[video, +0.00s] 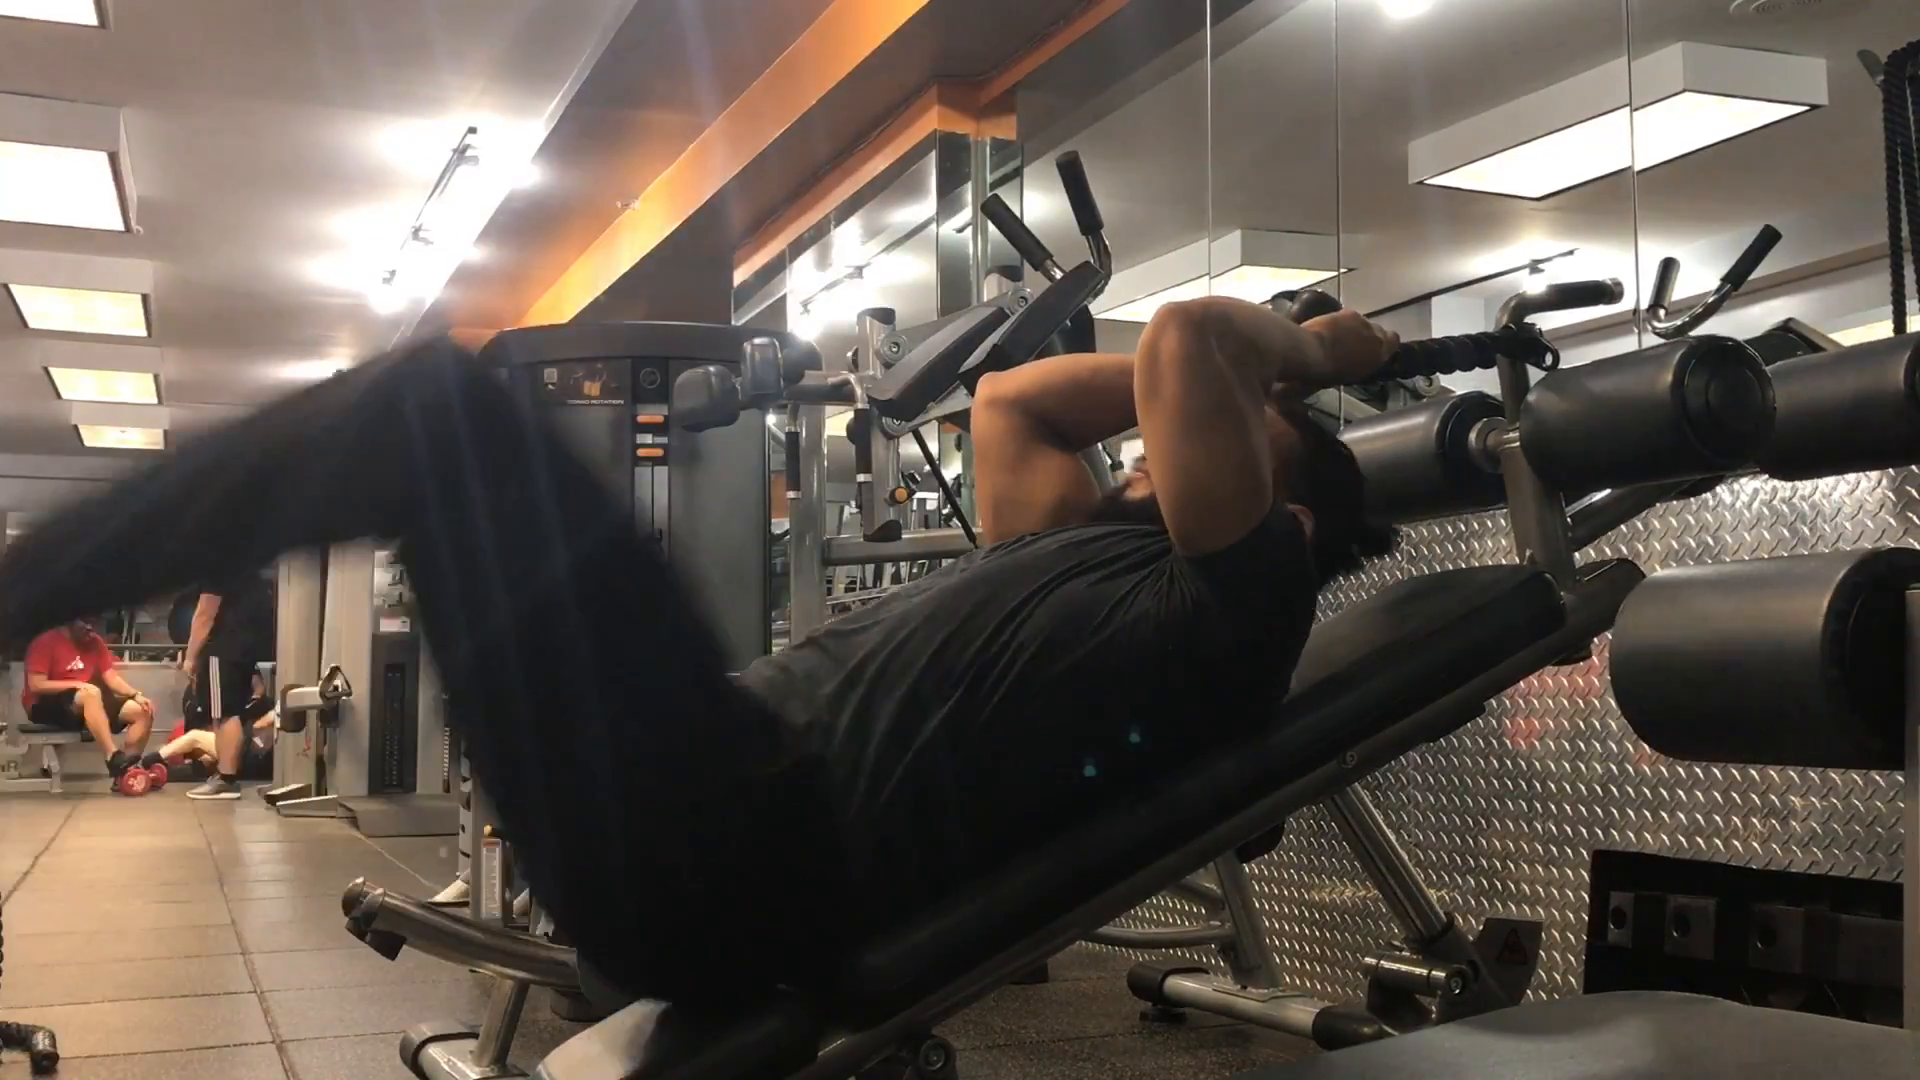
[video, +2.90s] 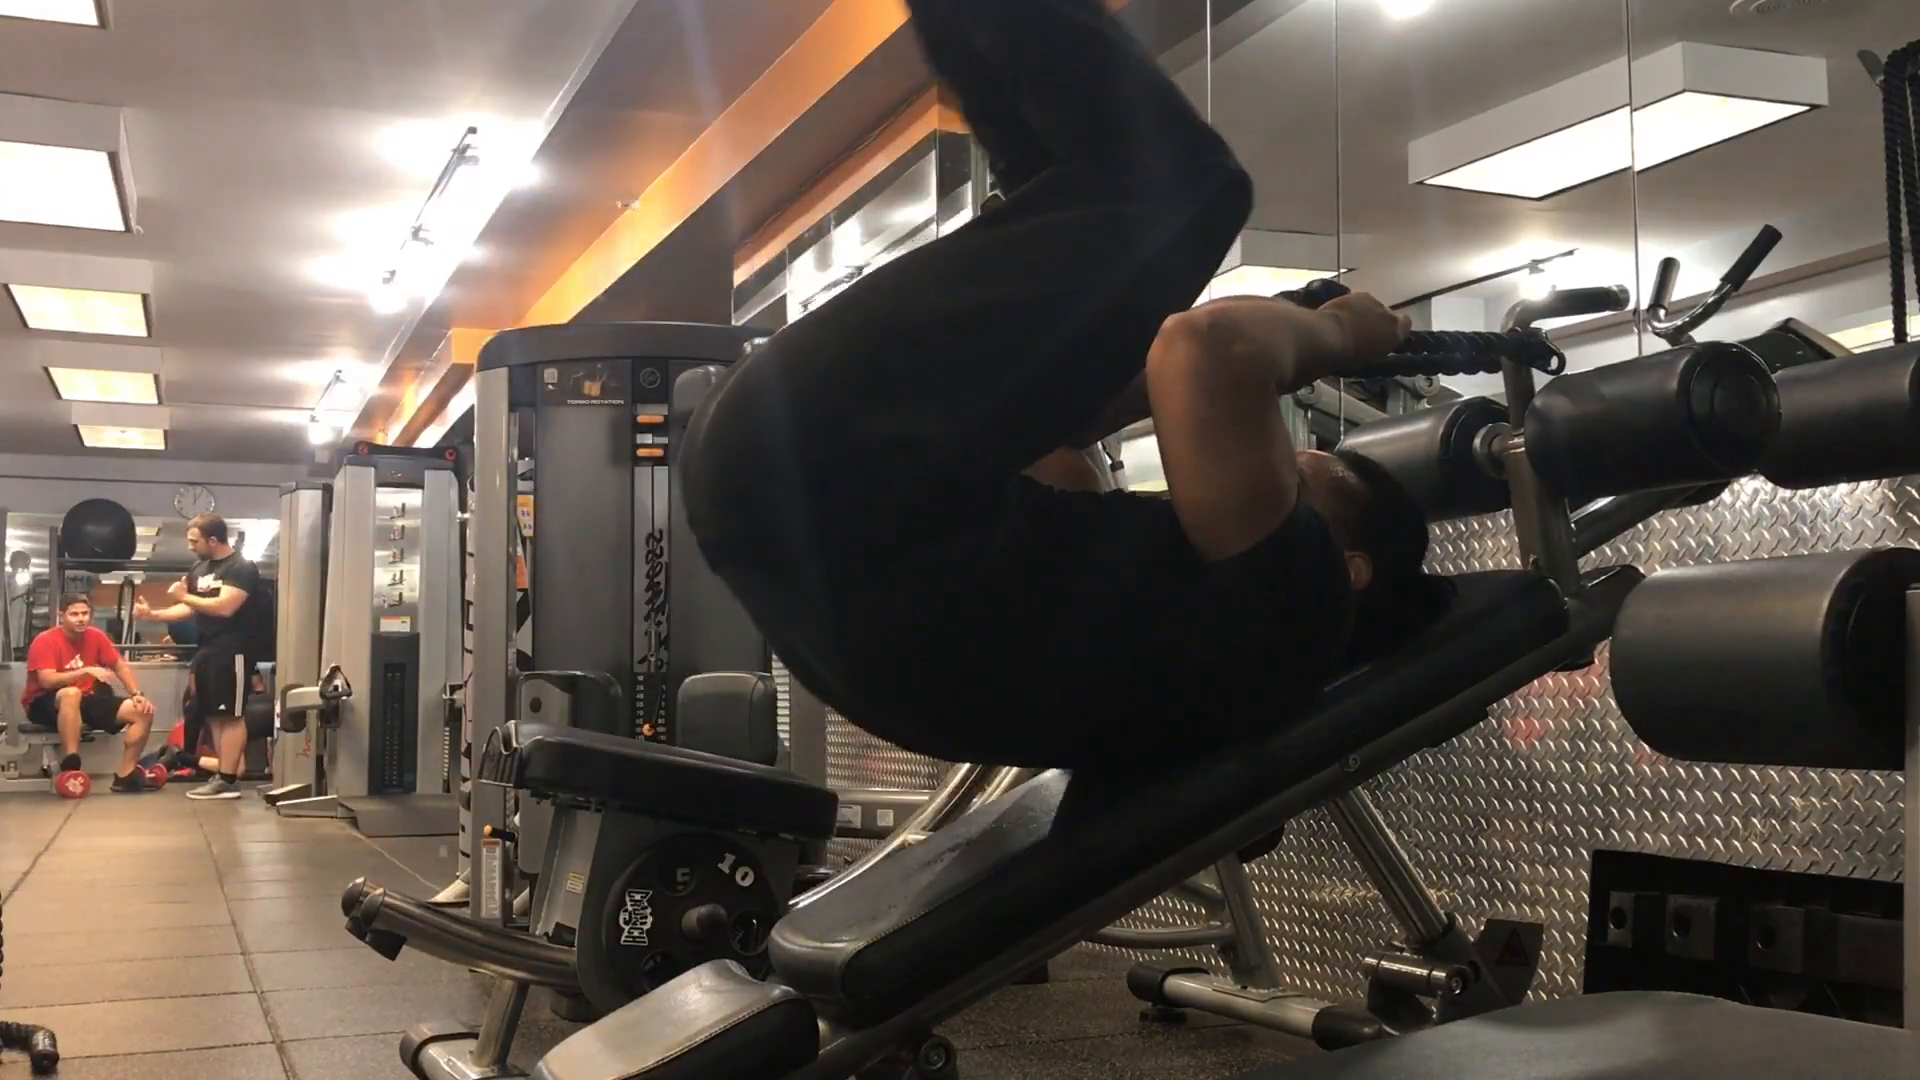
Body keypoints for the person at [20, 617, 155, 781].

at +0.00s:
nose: (91, 629)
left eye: (94, 623)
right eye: (86, 623)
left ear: (97, 624)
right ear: (70, 621)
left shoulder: (95, 643)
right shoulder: (45, 643)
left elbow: (111, 677)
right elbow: (36, 685)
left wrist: (136, 694)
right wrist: (77, 685)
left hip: (83, 704)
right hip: (45, 705)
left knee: (143, 713)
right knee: (90, 693)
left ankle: (127, 771)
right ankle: (113, 758)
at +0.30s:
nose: (89, 627)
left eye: (93, 623)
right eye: (85, 621)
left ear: (98, 622)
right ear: (71, 614)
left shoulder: (97, 641)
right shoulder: (45, 641)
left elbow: (114, 676)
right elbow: (34, 685)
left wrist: (137, 695)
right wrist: (73, 685)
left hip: (86, 703)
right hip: (44, 704)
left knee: (143, 712)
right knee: (84, 695)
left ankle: (129, 773)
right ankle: (91, 763)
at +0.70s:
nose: (89, 628)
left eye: (94, 623)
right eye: (86, 621)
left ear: (98, 623)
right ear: (72, 614)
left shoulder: (95, 643)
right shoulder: (46, 641)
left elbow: (112, 676)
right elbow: (34, 683)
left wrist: (137, 695)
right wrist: (65, 694)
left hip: (84, 701)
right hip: (45, 702)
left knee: (142, 712)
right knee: (65, 709)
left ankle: (127, 774)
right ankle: (65, 775)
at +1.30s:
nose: (87, 628)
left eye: (92, 624)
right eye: (83, 622)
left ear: (96, 624)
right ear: (69, 618)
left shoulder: (95, 642)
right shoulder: (44, 641)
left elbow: (113, 678)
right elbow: (25, 682)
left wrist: (135, 695)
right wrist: (62, 684)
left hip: (82, 702)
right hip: (42, 704)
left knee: (143, 712)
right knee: (61, 690)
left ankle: (126, 774)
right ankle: (64, 756)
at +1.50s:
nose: (87, 631)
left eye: (93, 626)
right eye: (83, 624)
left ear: (97, 625)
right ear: (71, 616)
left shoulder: (99, 644)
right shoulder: (43, 643)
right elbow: (28, 683)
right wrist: (66, 684)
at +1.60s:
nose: (88, 631)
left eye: (93, 626)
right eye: (83, 625)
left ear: (97, 625)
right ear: (71, 617)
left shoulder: (98, 642)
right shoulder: (45, 642)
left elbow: (113, 677)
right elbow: (28, 684)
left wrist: (136, 695)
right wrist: (65, 686)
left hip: (84, 702)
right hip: (43, 705)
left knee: (142, 712)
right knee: (63, 692)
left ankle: (126, 769)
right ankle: (65, 761)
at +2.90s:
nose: (81, 619)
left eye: (85, 614)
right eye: (75, 614)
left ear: (90, 615)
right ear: (61, 616)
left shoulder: (96, 637)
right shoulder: (45, 641)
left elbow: (119, 665)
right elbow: (47, 680)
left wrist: (135, 693)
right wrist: (88, 671)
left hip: (86, 702)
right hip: (44, 704)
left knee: (142, 712)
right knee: (71, 693)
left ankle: (125, 775)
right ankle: (72, 765)